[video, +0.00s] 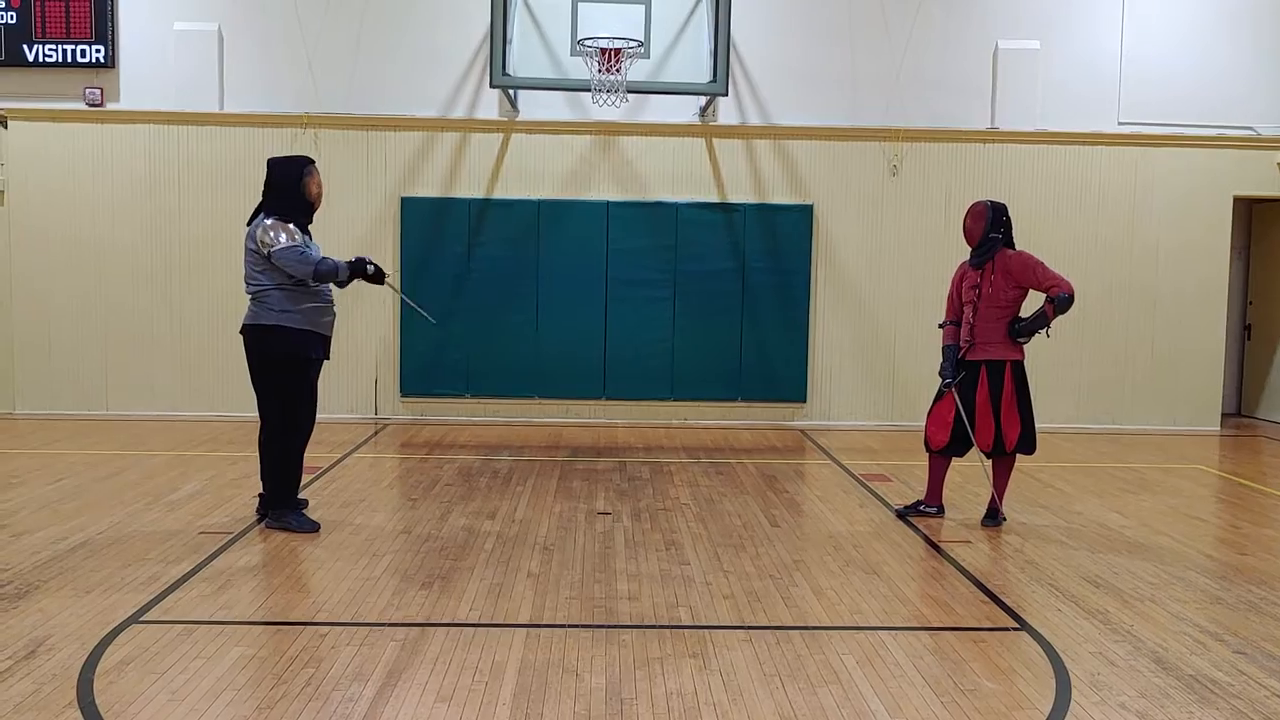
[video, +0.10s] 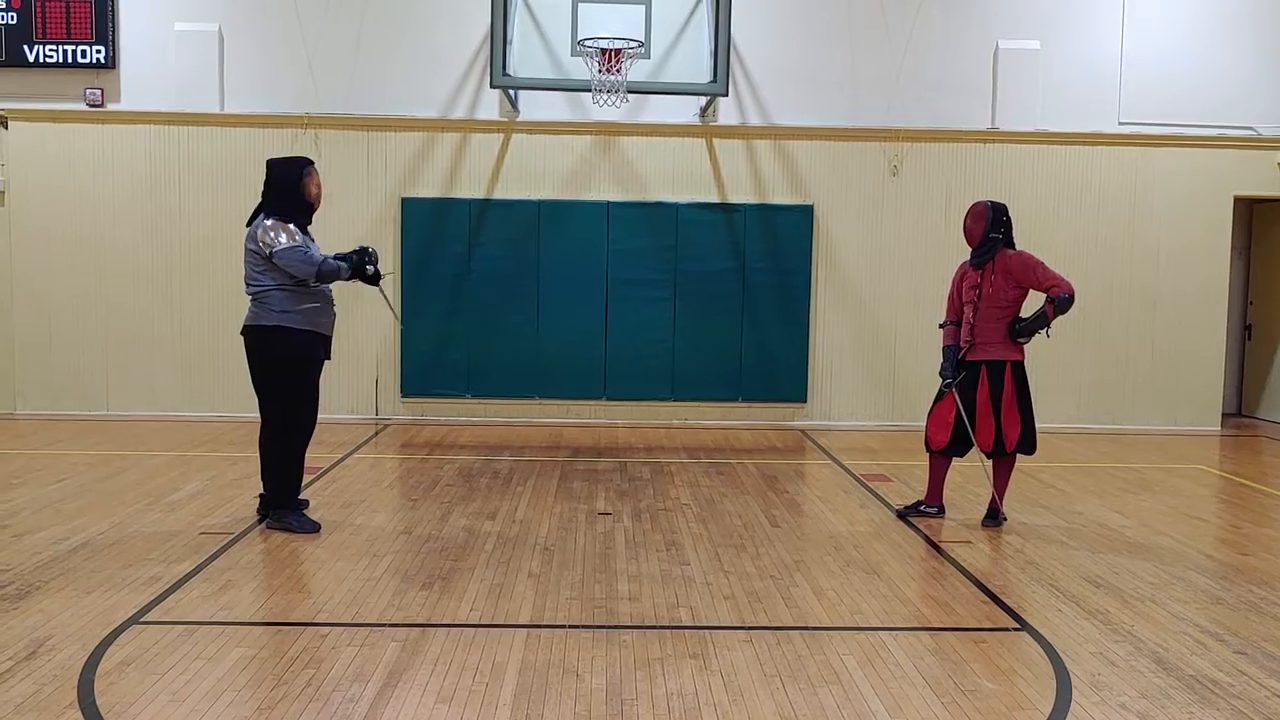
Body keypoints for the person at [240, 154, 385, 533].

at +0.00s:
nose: (320, 189)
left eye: (320, 182)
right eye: (314, 182)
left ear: (297, 186)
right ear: (293, 186)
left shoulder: (291, 229)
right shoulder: (273, 226)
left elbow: (313, 268)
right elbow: (304, 266)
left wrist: (354, 268)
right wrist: (352, 267)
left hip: (297, 338)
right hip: (277, 336)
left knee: (295, 419)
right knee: (286, 420)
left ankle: (278, 499)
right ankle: (279, 507)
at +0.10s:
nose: (319, 190)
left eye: (319, 183)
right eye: (314, 183)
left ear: (294, 187)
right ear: (293, 186)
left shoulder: (289, 228)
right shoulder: (273, 227)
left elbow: (310, 267)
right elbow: (308, 268)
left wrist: (351, 266)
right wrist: (351, 264)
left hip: (297, 337)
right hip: (280, 337)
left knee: (293, 420)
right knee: (287, 421)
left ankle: (279, 499)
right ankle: (280, 507)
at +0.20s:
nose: (319, 191)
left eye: (318, 184)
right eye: (313, 184)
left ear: (294, 188)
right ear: (292, 187)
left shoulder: (289, 229)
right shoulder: (273, 229)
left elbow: (317, 260)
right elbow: (312, 269)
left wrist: (354, 260)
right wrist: (353, 270)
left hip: (297, 339)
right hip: (280, 338)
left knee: (293, 421)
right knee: (288, 422)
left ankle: (279, 500)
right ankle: (281, 508)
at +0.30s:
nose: (319, 192)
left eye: (318, 184)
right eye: (313, 185)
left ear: (292, 190)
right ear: (293, 188)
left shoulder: (293, 230)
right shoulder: (273, 229)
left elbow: (320, 259)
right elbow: (307, 268)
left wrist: (359, 260)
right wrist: (347, 274)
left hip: (299, 339)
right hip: (280, 339)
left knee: (295, 421)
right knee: (287, 422)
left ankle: (280, 502)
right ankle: (282, 509)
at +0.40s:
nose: (319, 193)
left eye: (319, 186)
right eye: (314, 186)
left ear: (294, 191)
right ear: (294, 190)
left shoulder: (295, 232)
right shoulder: (272, 231)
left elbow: (323, 256)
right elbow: (307, 270)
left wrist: (360, 260)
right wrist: (346, 278)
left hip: (300, 340)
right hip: (279, 340)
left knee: (297, 424)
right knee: (286, 424)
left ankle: (281, 504)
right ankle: (281, 510)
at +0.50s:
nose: (319, 194)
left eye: (318, 187)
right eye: (314, 187)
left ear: (296, 191)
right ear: (295, 191)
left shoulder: (292, 232)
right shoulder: (274, 232)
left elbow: (320, 258)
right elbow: (309, 272)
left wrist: (354, 262)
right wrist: (346, 280)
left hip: (299, 342)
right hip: (279, 341)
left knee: (296, 424)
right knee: (287, 426)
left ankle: (282, 504)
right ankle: (282, 511)